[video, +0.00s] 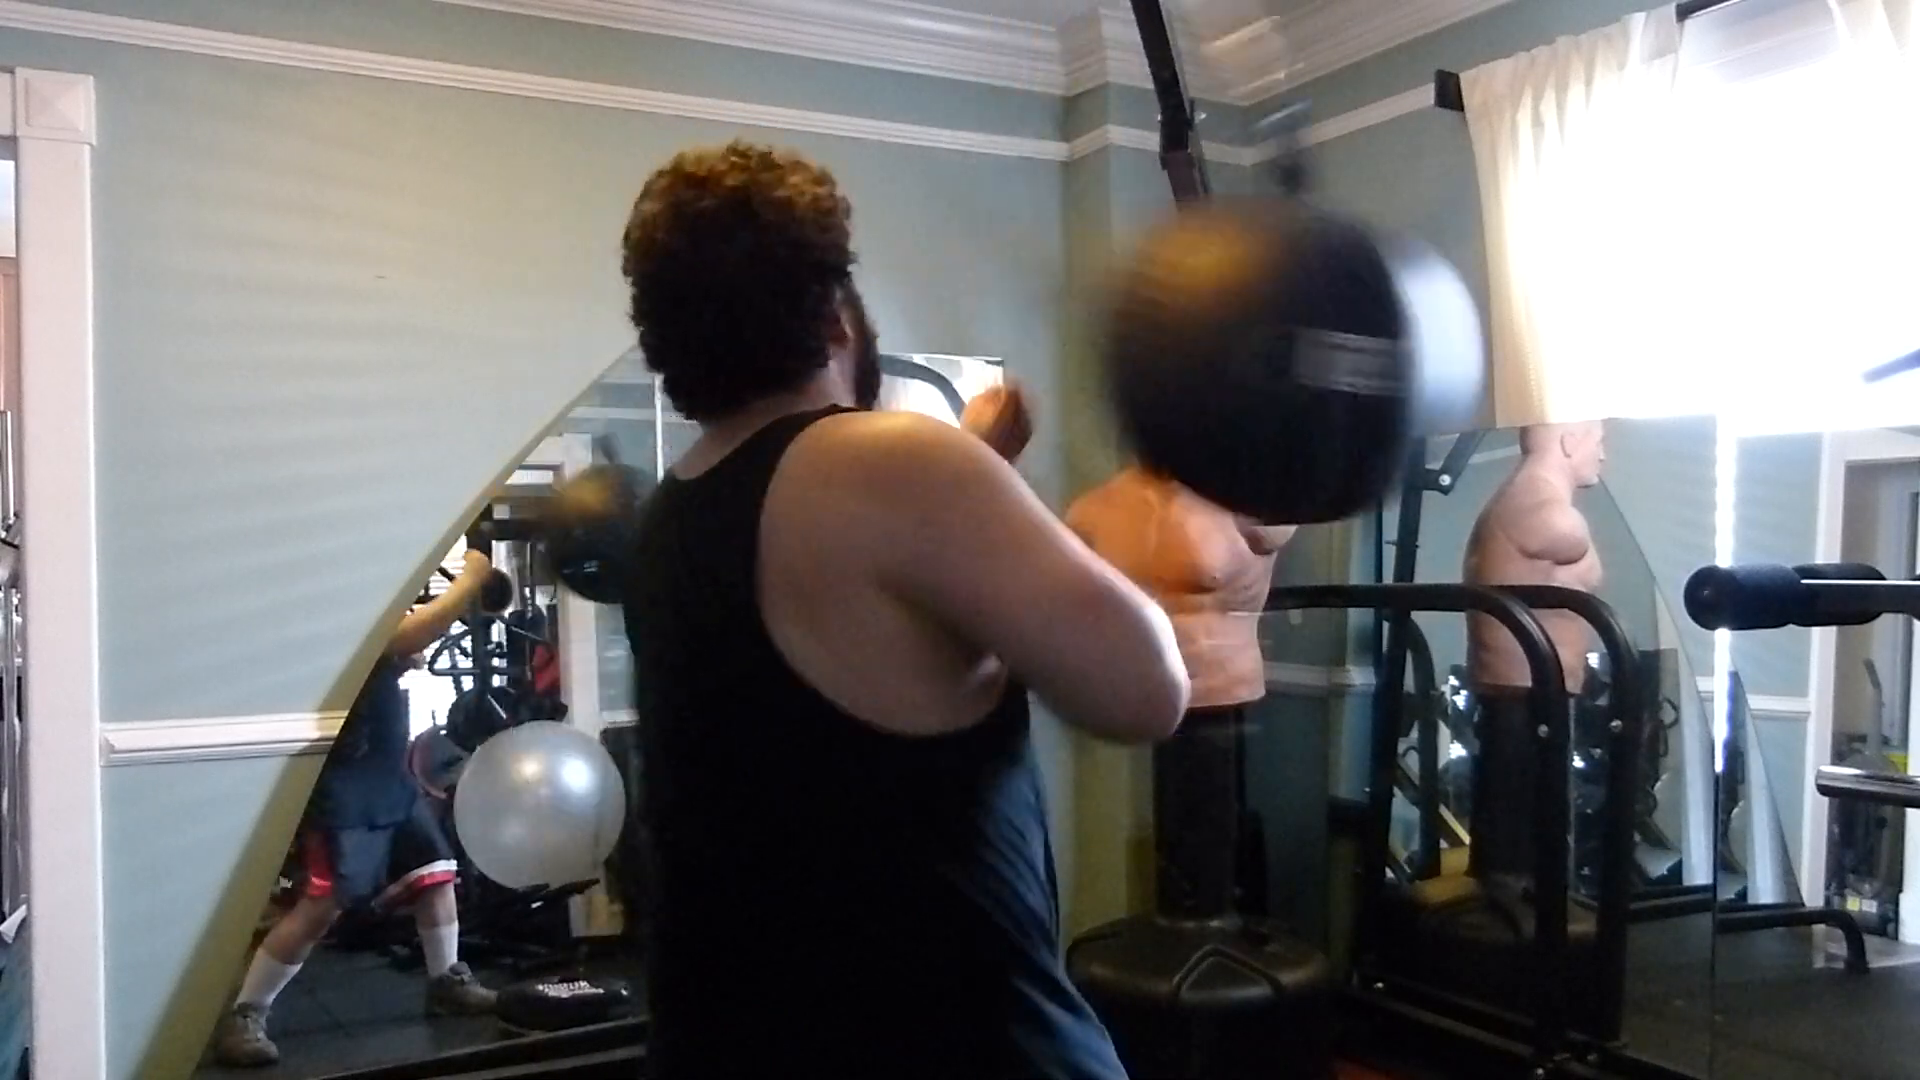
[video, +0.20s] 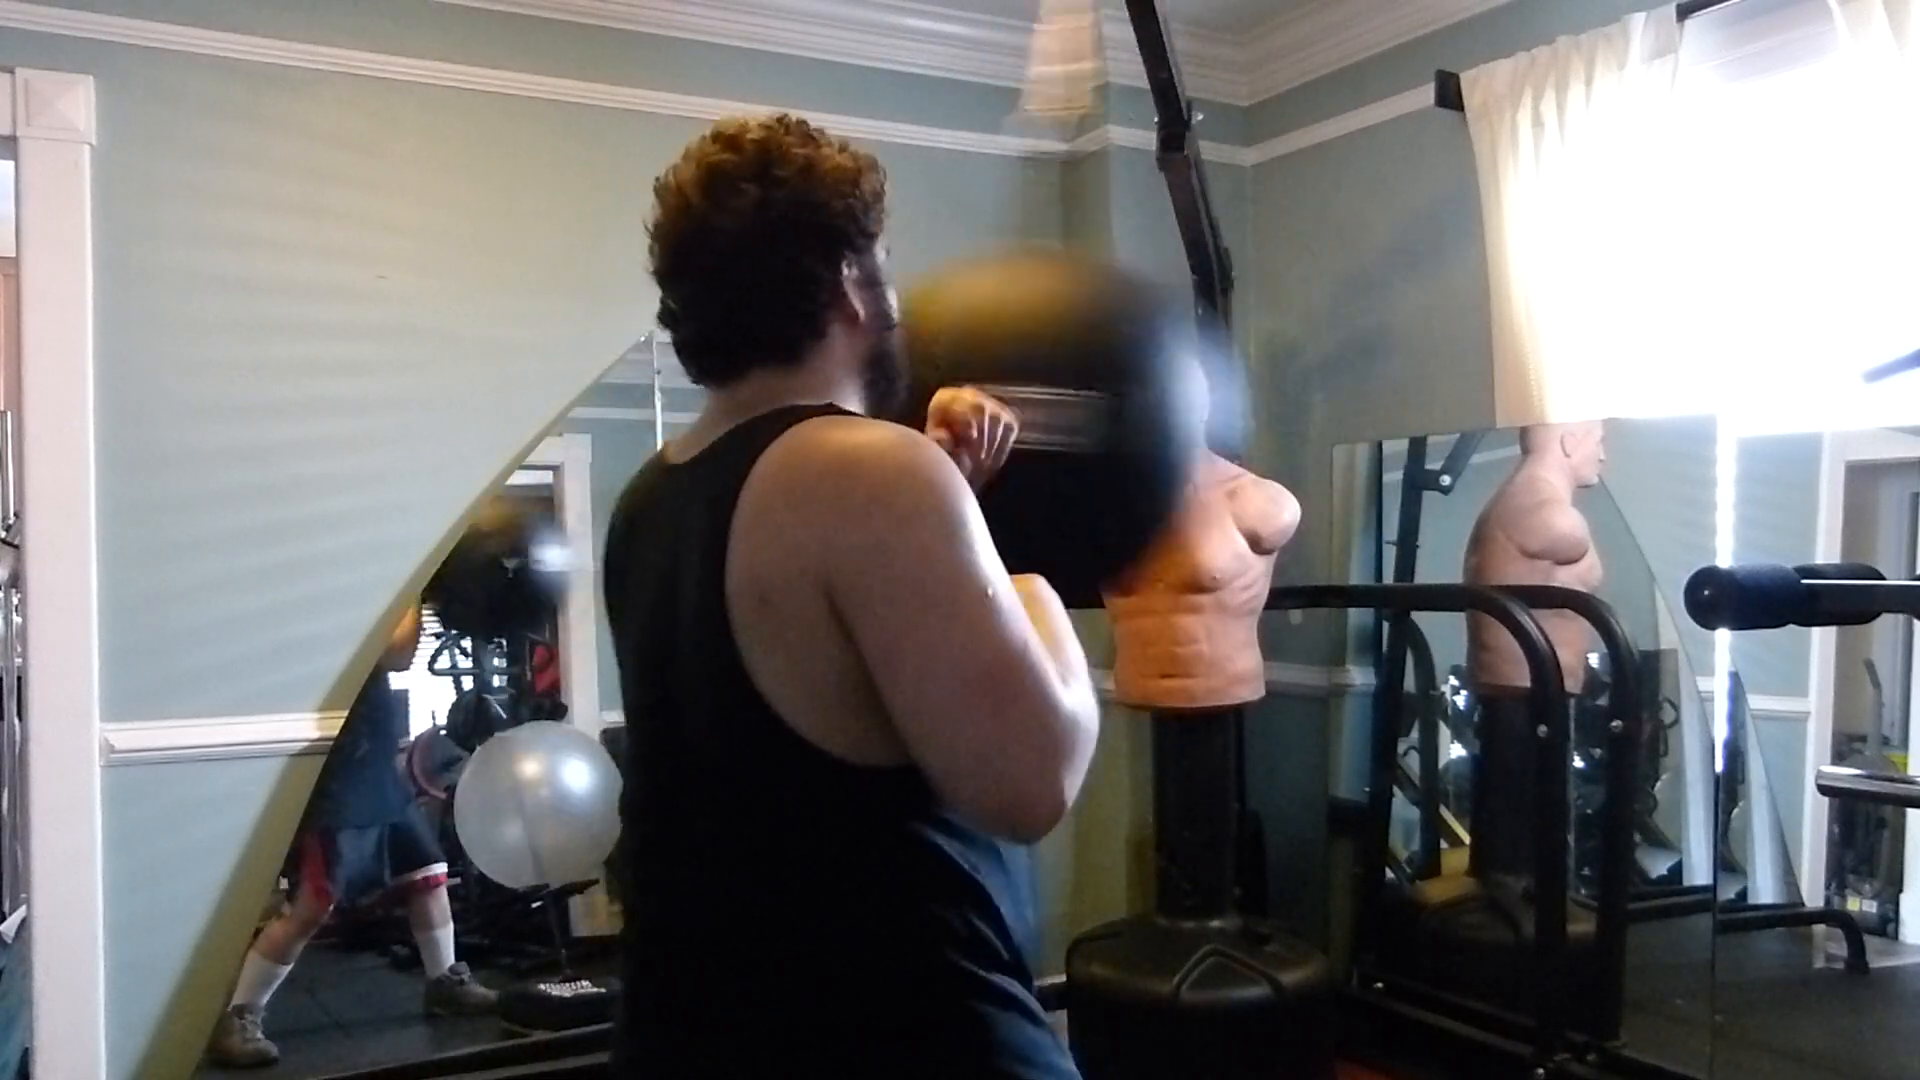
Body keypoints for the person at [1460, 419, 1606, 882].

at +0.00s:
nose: (1603, 454)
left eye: (1603, 440)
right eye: (1598, 438)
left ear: (1557, 441)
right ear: (1567, 441)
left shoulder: (1512, 499)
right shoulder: (1540, 498)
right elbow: (1592, 574)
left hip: (1510, 696)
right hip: (1529, 700)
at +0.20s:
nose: (1604, 454)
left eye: (1603, 440)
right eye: (1598, 438)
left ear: (1557, 440)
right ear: (1566, 440)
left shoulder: (1513, 498)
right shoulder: (1540, 498)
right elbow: (1592, 573)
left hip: (1510, 693)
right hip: (1529, 697)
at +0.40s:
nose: (1604, 454)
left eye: (1603, 440)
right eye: (1598, 439)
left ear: (1557, 441)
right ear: (1567, 441)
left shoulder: (1508, 501)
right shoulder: (1539, 498)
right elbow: (1592, 572)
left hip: (1509, 696)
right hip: (1530, 700)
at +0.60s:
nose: (1603, 453)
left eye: (1603, 439)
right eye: (1598, 437)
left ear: (1558, 439)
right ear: (1567, 440)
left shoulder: (1515, 496)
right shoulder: (1538, 496)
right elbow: (1591, 573)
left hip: (1511, 694)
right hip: (1528, 698)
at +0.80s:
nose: (1603, 454)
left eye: (1602, 439)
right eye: (1597, 438)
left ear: (1555, 441)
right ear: (1566, 441)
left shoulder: (1509, 500)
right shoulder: (1540, 499)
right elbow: (1594, 575)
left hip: (1508, 694)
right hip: (1530, 698)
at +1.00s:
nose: (1603, 454)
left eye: (1602, 440)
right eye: (1597, 439)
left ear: (1555, 441)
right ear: (1567, 441)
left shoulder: (1508, 501)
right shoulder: (1540, 499)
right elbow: (1593, 575)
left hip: (1505, 689)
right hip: (1530, 693)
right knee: (1529, 800)